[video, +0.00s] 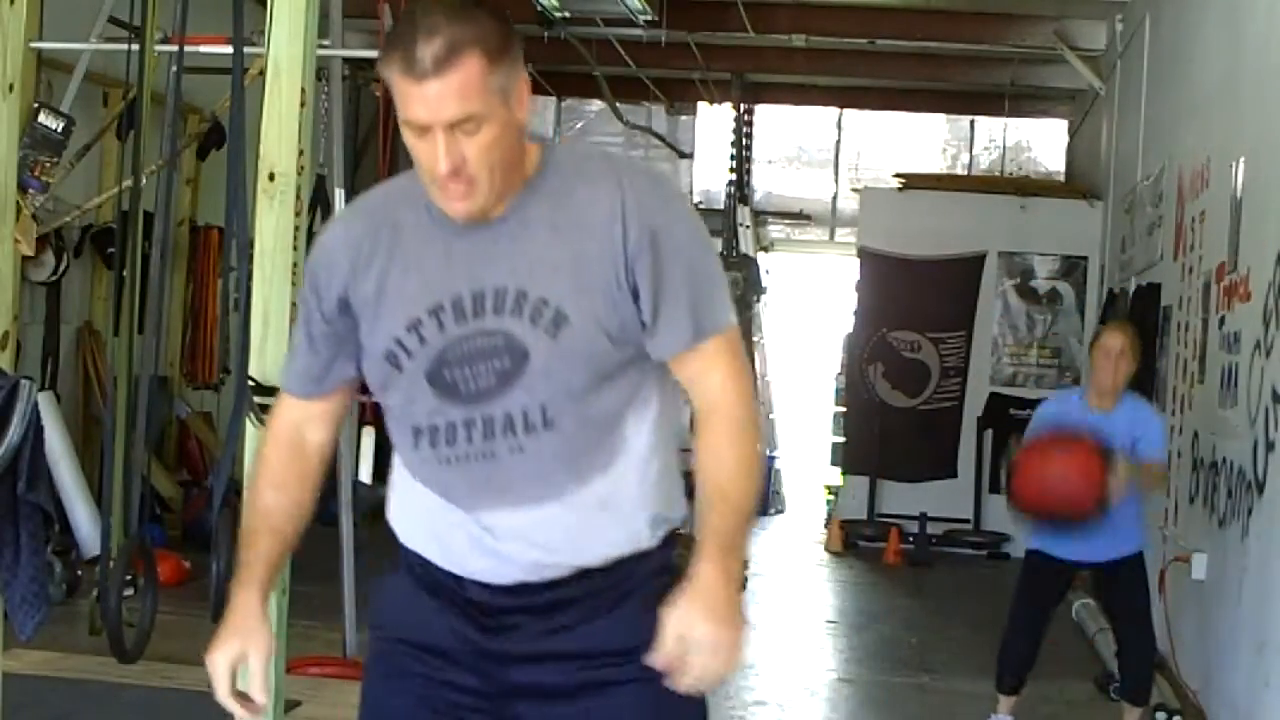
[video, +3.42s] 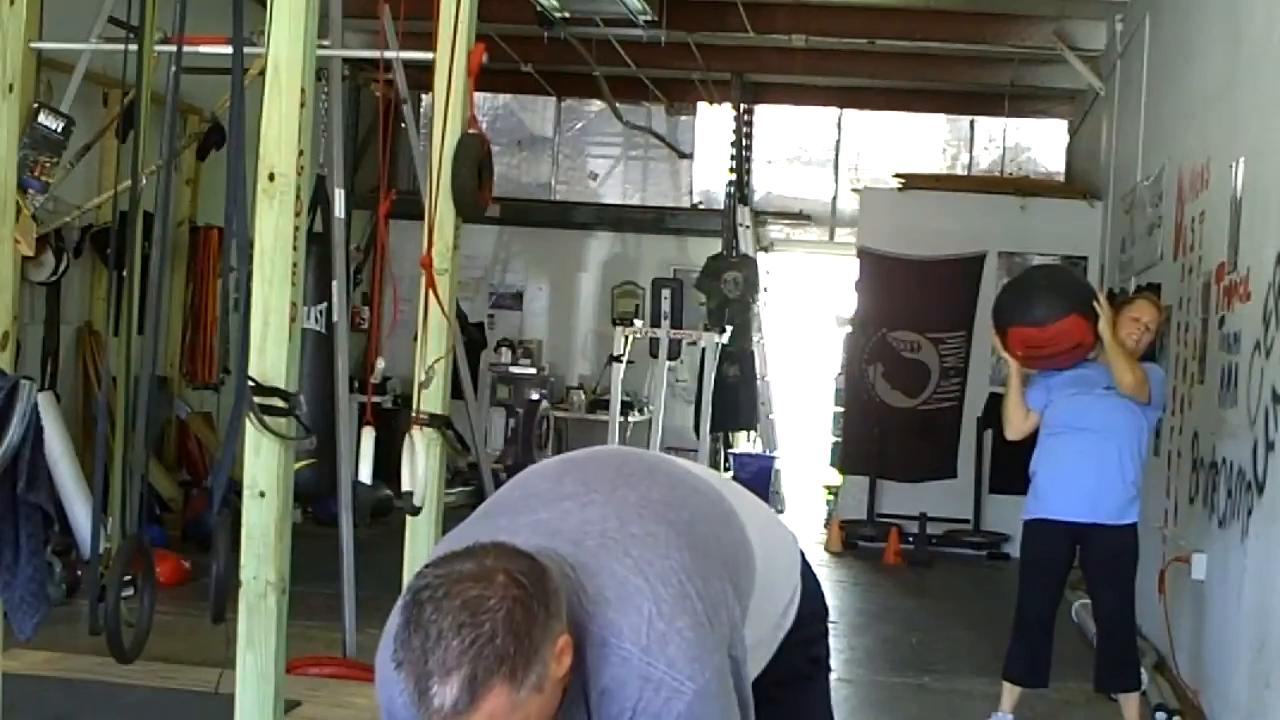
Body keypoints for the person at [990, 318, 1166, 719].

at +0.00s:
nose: (1111, 363)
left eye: (1121, 356)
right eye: (1104, 353)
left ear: (1133, 365)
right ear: (1090, 358)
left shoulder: (1144, 418)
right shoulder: (1055, 407)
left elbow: (1157, 476)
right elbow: (1025, 461)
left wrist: (1123, 471)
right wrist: (1045, 472)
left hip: (1119, 551)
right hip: (1052, 546)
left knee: (1139, 645)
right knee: (1022, 631)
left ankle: (1133, 712)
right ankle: (1003, 712)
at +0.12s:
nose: (1123, 313)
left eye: (1132, 306)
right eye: (1116, 304)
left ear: (1143, 316)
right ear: (1099, 308)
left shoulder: (1151, 364)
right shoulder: (1068, 353)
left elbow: (1166, 411)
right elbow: (1020, 422)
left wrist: (1128, 363)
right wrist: (1029, 361)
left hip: (1122, 512)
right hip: (1059, 509)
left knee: (1128, 613)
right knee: (1033, 607)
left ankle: (1137, 712)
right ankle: (999, 705)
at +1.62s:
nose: (1128, 334)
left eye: (1135, 329)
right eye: (1123, 325)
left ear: (1141, 339)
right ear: (1105, 329)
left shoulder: (1144, 386)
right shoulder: (1058, 374)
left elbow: (1149, 333)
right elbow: (1002, 381)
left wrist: (1115, 293)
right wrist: (1017, 322)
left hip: (1107, 524)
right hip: (1045, 518)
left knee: (1119, 627)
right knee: (1024, 616)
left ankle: (1133, 712)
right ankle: (1004, 710)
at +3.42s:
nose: (1142, 333)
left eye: (1151, 330)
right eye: (1136, 321)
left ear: (1154, 338)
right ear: (1111, 318)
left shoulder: (1152, 377)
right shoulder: (1059, 373)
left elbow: (1130, 385)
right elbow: (1016, 428)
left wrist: (1106, 333)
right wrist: (1014, 368)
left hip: (1114, 520)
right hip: (1049, 515)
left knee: (1117, 621)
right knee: (1033, 614)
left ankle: (1133, 715)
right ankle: (1004, 712)